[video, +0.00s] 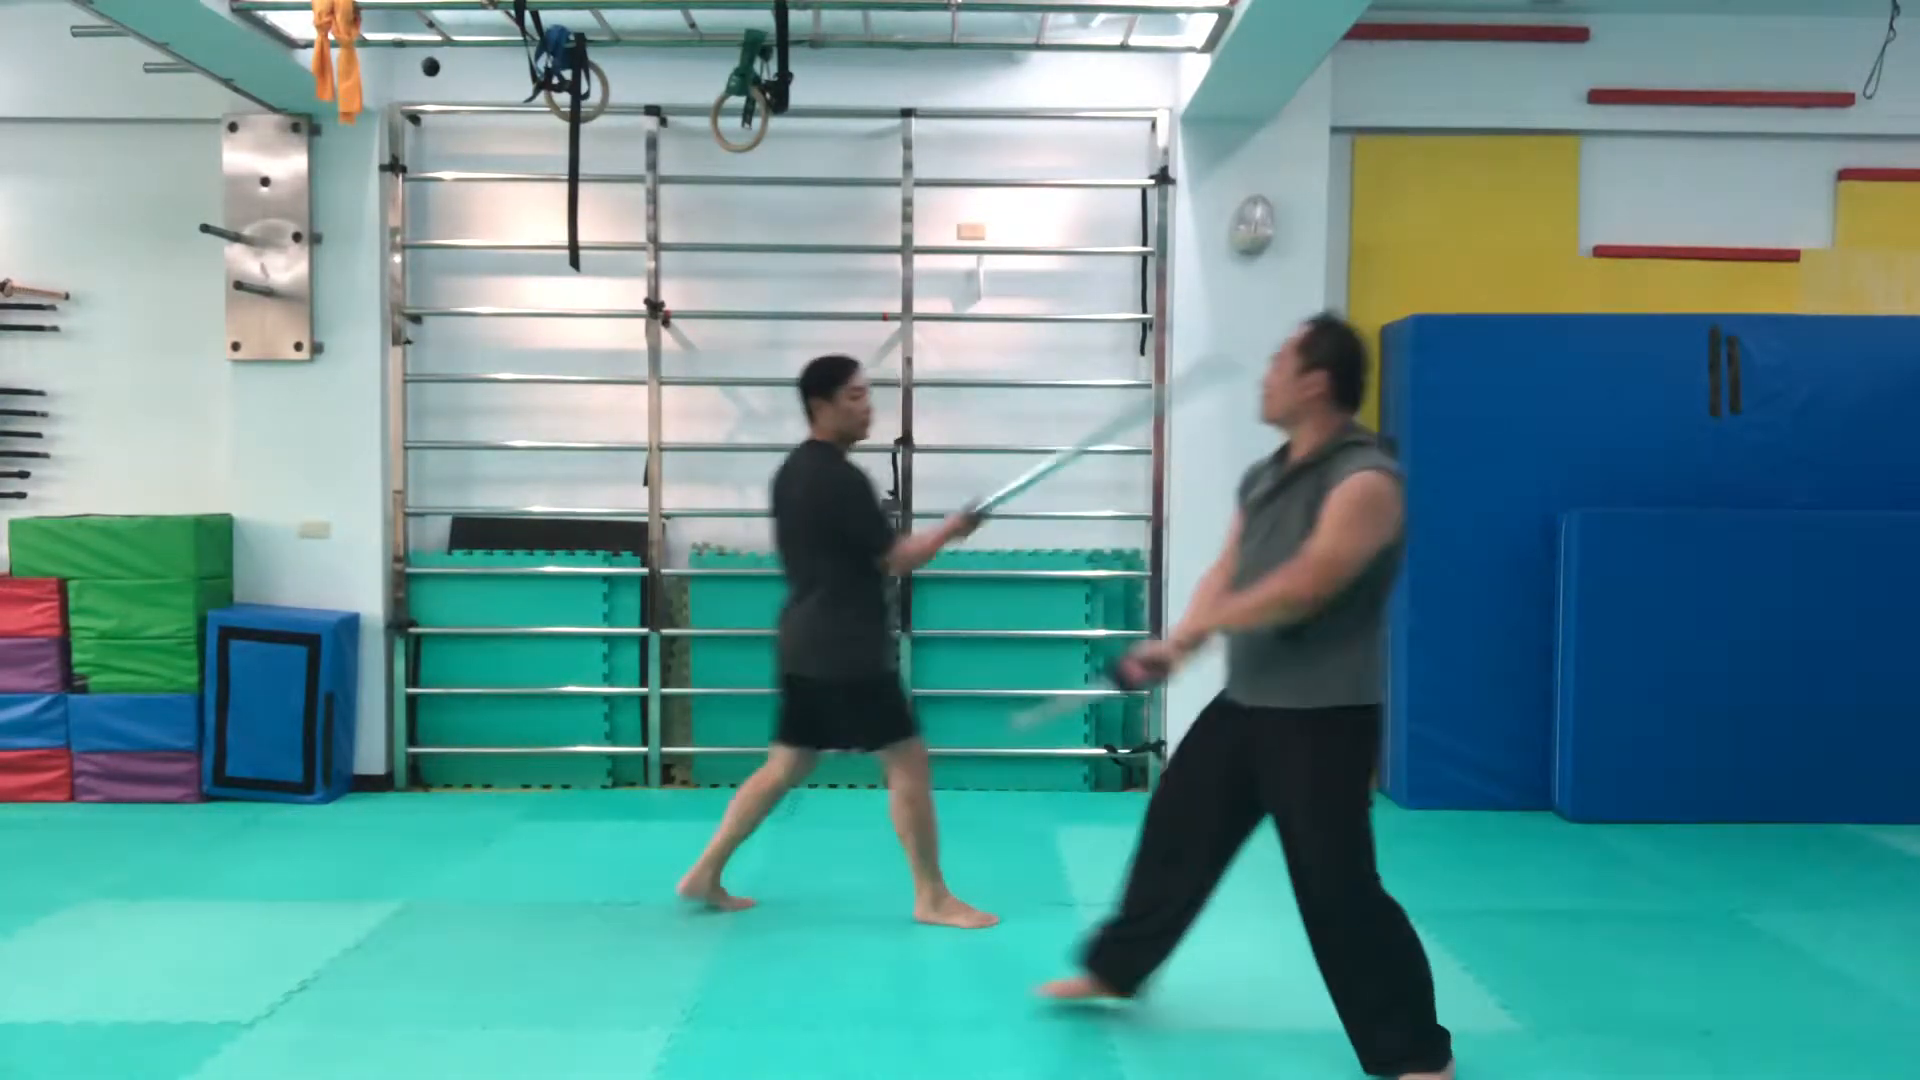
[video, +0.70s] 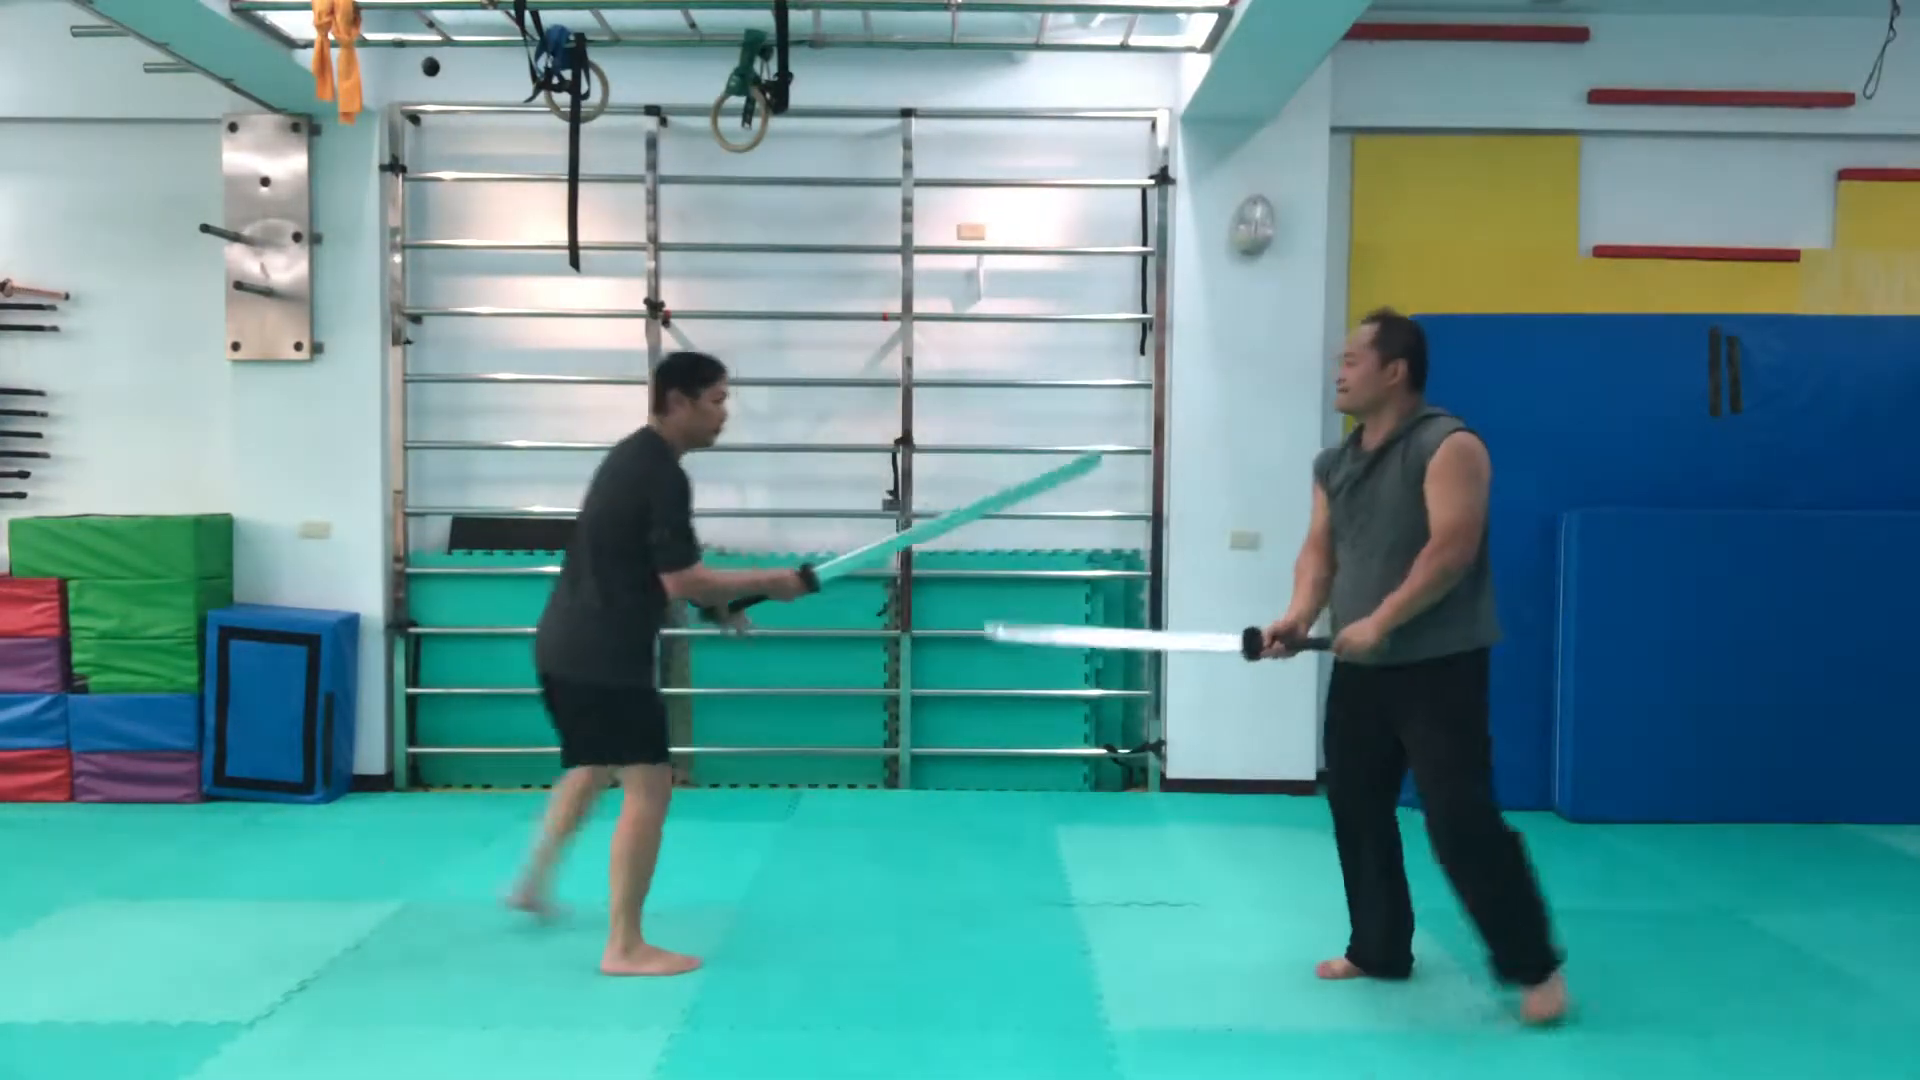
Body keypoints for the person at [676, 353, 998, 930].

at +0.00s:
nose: (869, 405)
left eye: (867, 394)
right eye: (857, 396)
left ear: (822, 408)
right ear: (824, 405)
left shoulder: (792, 474)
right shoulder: (841, 478)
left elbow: (811, 563)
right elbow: (893, 559)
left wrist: (892, 545)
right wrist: (951, 529)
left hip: (806, 651)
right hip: (851, 654)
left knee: (786, 765)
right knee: (908, 762)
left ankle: (703, 877)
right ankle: (932, 898)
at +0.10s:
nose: (841, 407)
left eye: (839, 395)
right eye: (830, 398)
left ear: (796, 408)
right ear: (794, 408)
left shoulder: (765, 471)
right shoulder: (803, 476)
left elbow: (777, 573)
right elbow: (836, 566)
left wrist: (845, 589)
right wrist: (896, 559)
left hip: (758, 655)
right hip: (800, 658)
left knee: (760, 769)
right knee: (864, 770)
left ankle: (697, 889)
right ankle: (921, 895)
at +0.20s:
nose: (816, 401)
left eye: (814, 390)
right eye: (805, 392)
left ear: (767, 402)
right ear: (769, 399)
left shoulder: (736, 465)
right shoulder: (773, 469)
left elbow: (741, 565)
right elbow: (792, 562)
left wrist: (817, 572)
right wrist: (850, 567)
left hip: (726, 650)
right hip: (766, 651)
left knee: (749, 760)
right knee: (824, 757)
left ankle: (696, 887)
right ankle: (841, 905)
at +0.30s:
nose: (791, 396)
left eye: (790, 385)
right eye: (781, 386)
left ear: (742, 393)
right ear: (744, 391)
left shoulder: (710, 457)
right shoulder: (744, 459)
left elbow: (709, 563)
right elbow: (760, 557)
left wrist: (768, 596)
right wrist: (821, 564)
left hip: (701, 648)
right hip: (736, 649)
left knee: (728, 758)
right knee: (788, 760)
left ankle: (693, 888)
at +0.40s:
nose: (770, 397)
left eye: (768, 386)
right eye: (759, 387)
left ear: (721, 395)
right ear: (723, 393)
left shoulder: (687, 457)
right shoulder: (721, 459)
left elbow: (680, 564)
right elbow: (739, 562)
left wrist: (749, 607)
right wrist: (806, 569)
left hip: (673, 647)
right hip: (700, 651)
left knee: (706, 768)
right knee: (739, 771)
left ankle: (689, 887)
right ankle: (649, 915)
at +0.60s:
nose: (746, 413)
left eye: (746, 400)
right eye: (737, 401)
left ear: (694, 405)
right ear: (698, 404)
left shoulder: (653, 458)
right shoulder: (687, 471)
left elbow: (657, 564)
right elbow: (707, 579)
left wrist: (726, 604)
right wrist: (791, 582)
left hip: (599, 646)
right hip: (629, 656)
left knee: (641, 772)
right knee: (661, 787)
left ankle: (636, 889)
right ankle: (624, 946)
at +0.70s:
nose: (725, 414)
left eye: (725, 401)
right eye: (717, 402)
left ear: (675, 406)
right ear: (677, 403)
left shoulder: (628, 457)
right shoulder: (661, 472)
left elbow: (646, 566)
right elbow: (682, 579)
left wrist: (716, 597)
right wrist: (769, 582)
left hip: (564, 648)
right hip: (610, 659)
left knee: (594, 762)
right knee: (649, 784)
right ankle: (625, 946)